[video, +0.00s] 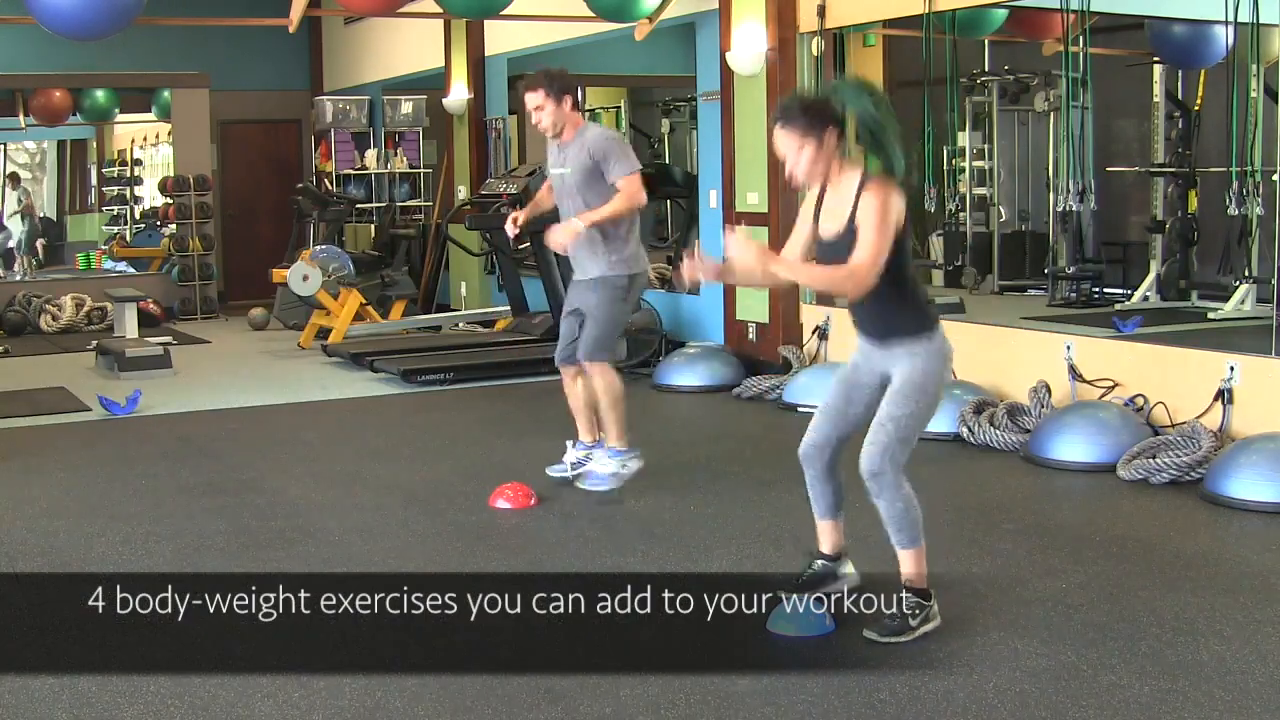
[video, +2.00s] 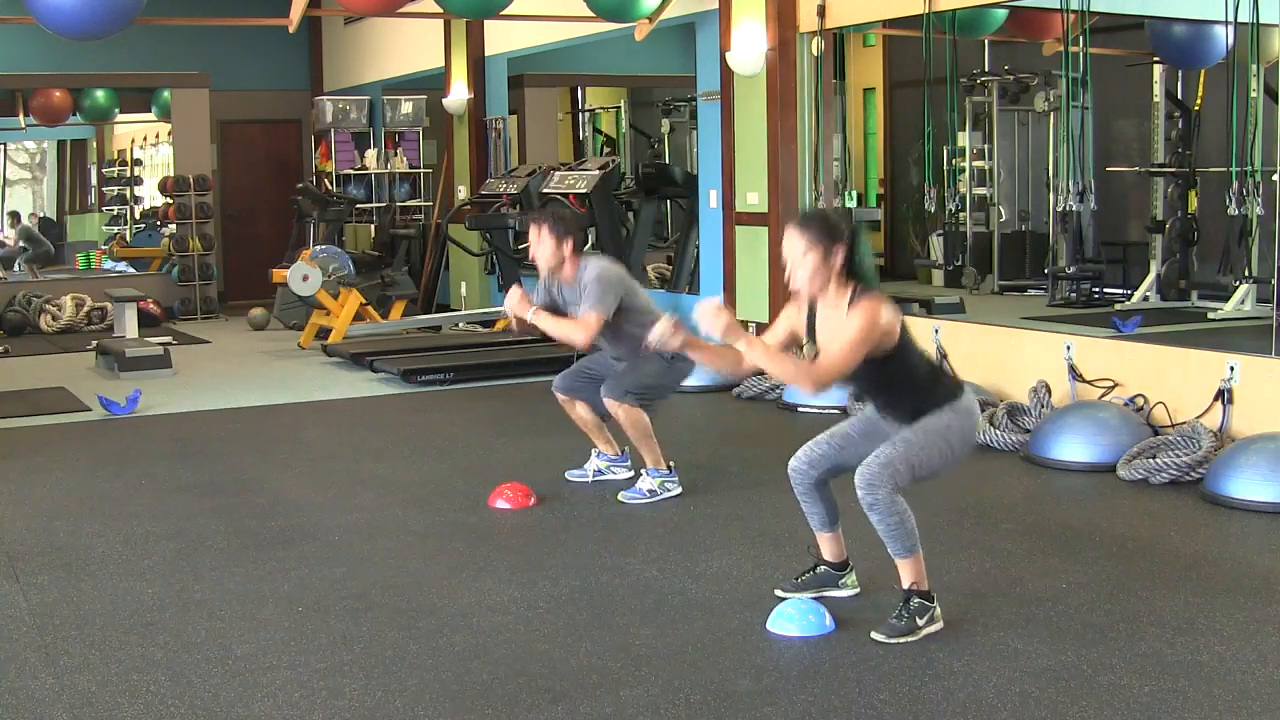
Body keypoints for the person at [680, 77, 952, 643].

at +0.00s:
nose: (787, 166)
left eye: (791, 153)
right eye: (783, 157)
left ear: (827, 139)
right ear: (813, 145)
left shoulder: (880, 192)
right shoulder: (817, 194)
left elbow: (856, 282)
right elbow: (783, 272)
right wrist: (717, 269)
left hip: (919, 350)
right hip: (871, 349)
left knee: (880, 463)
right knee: (816, 452)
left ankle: (918, 595)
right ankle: (832, 562)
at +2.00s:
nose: (789, 269)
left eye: (799, 257)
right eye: (787, 258)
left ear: (836, 257)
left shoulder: (870, 310)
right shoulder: (802, 308)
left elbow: (812, 379)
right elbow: (743, 360)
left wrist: (739, 336)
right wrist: (687, 344)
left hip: (947, 416)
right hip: (891, 415)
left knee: (874, 479)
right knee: (805, 467)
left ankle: (920, 600)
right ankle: (836, 568)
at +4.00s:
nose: (733, 509)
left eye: (731, 501)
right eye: (725, 504)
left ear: (749, 481)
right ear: (735, 456)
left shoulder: (832, 454)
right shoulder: (761, 440)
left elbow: (869, 546)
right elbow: (772, 513)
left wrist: (883, 634)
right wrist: (779, 585)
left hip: (916, 459)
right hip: (912, 426)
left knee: (835, 555)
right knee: (976, 497)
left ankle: (965, 561)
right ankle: (1068, 517)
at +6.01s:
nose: (740, 504)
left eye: (739, 497)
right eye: (732, 500)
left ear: (752, 474)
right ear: (747, 449)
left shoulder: (828, 454)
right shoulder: (766, 441)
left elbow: (869, 547)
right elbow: (780, 514)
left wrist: (882, 634)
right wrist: (780, 586)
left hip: (937, 458)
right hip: (909, 459)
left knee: (1024, 539)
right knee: (997, 505)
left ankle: (1151, 535)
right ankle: (1070, 509)